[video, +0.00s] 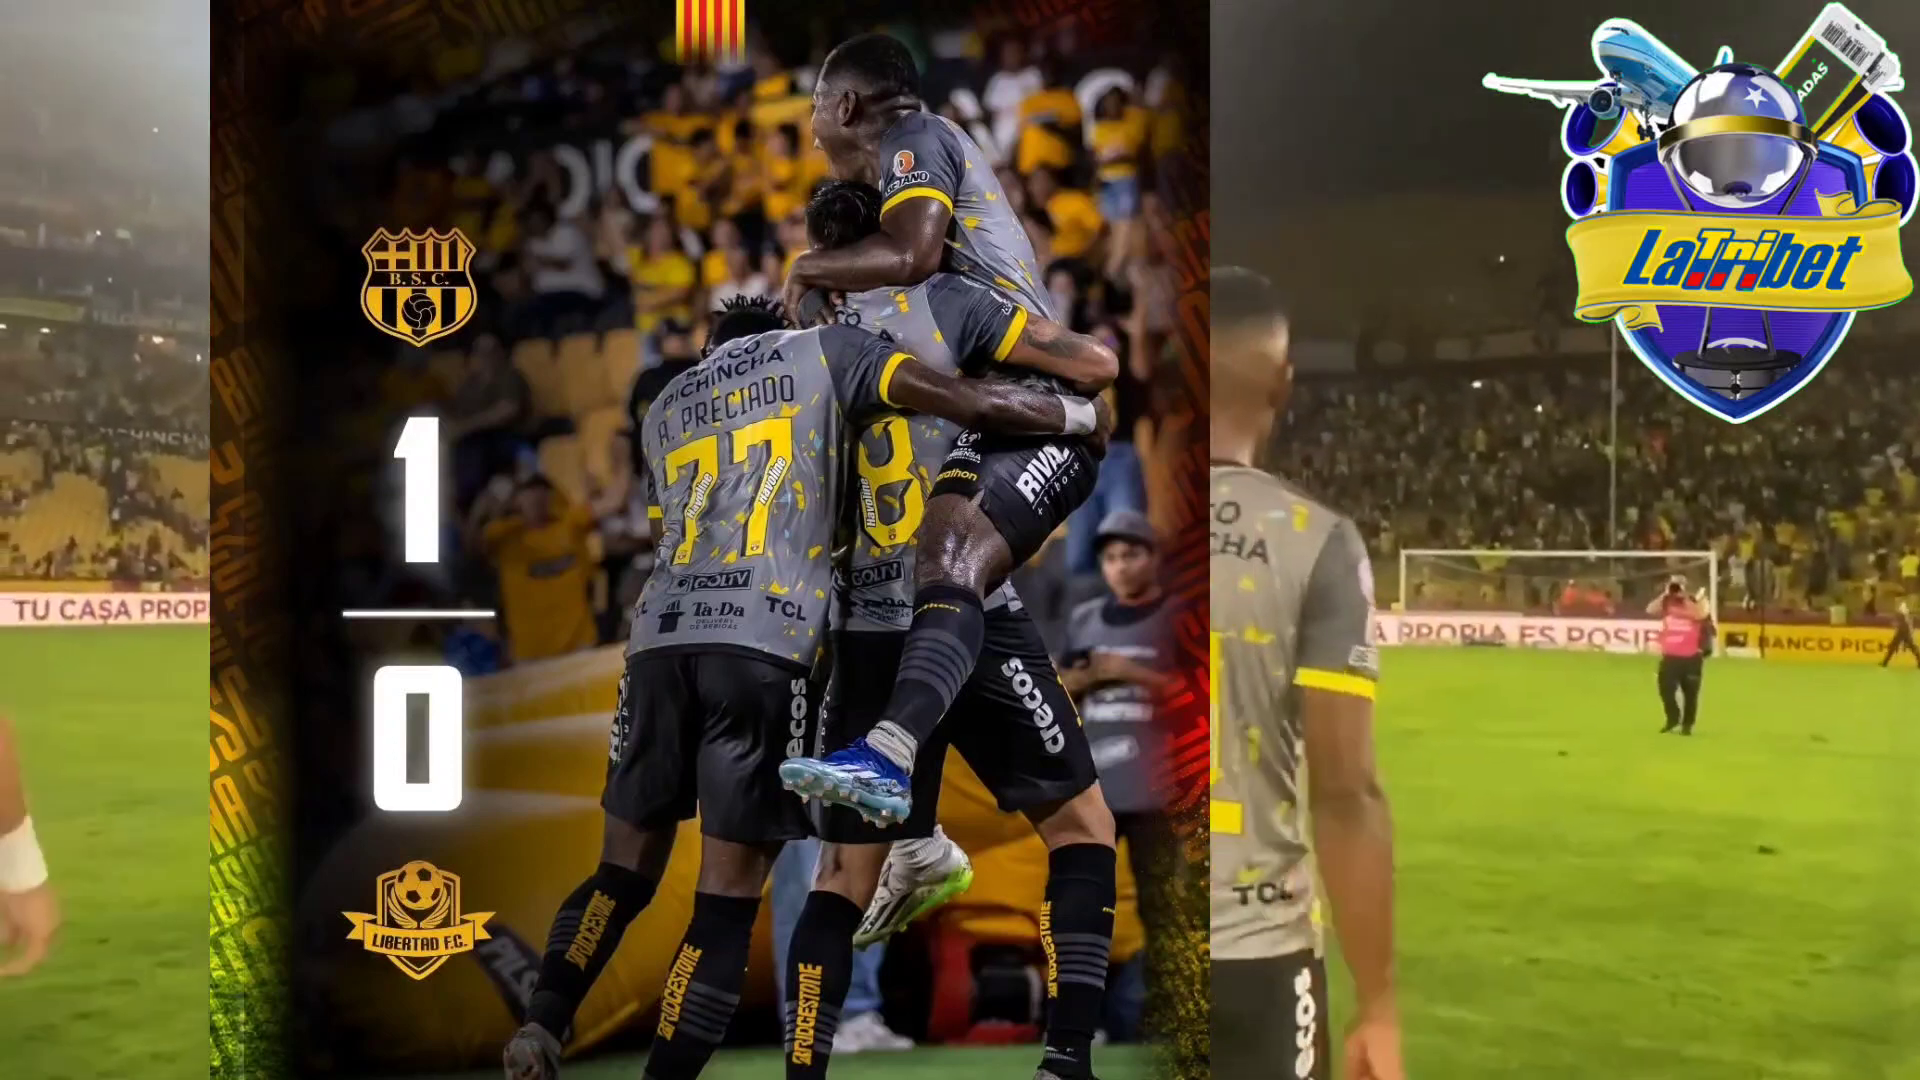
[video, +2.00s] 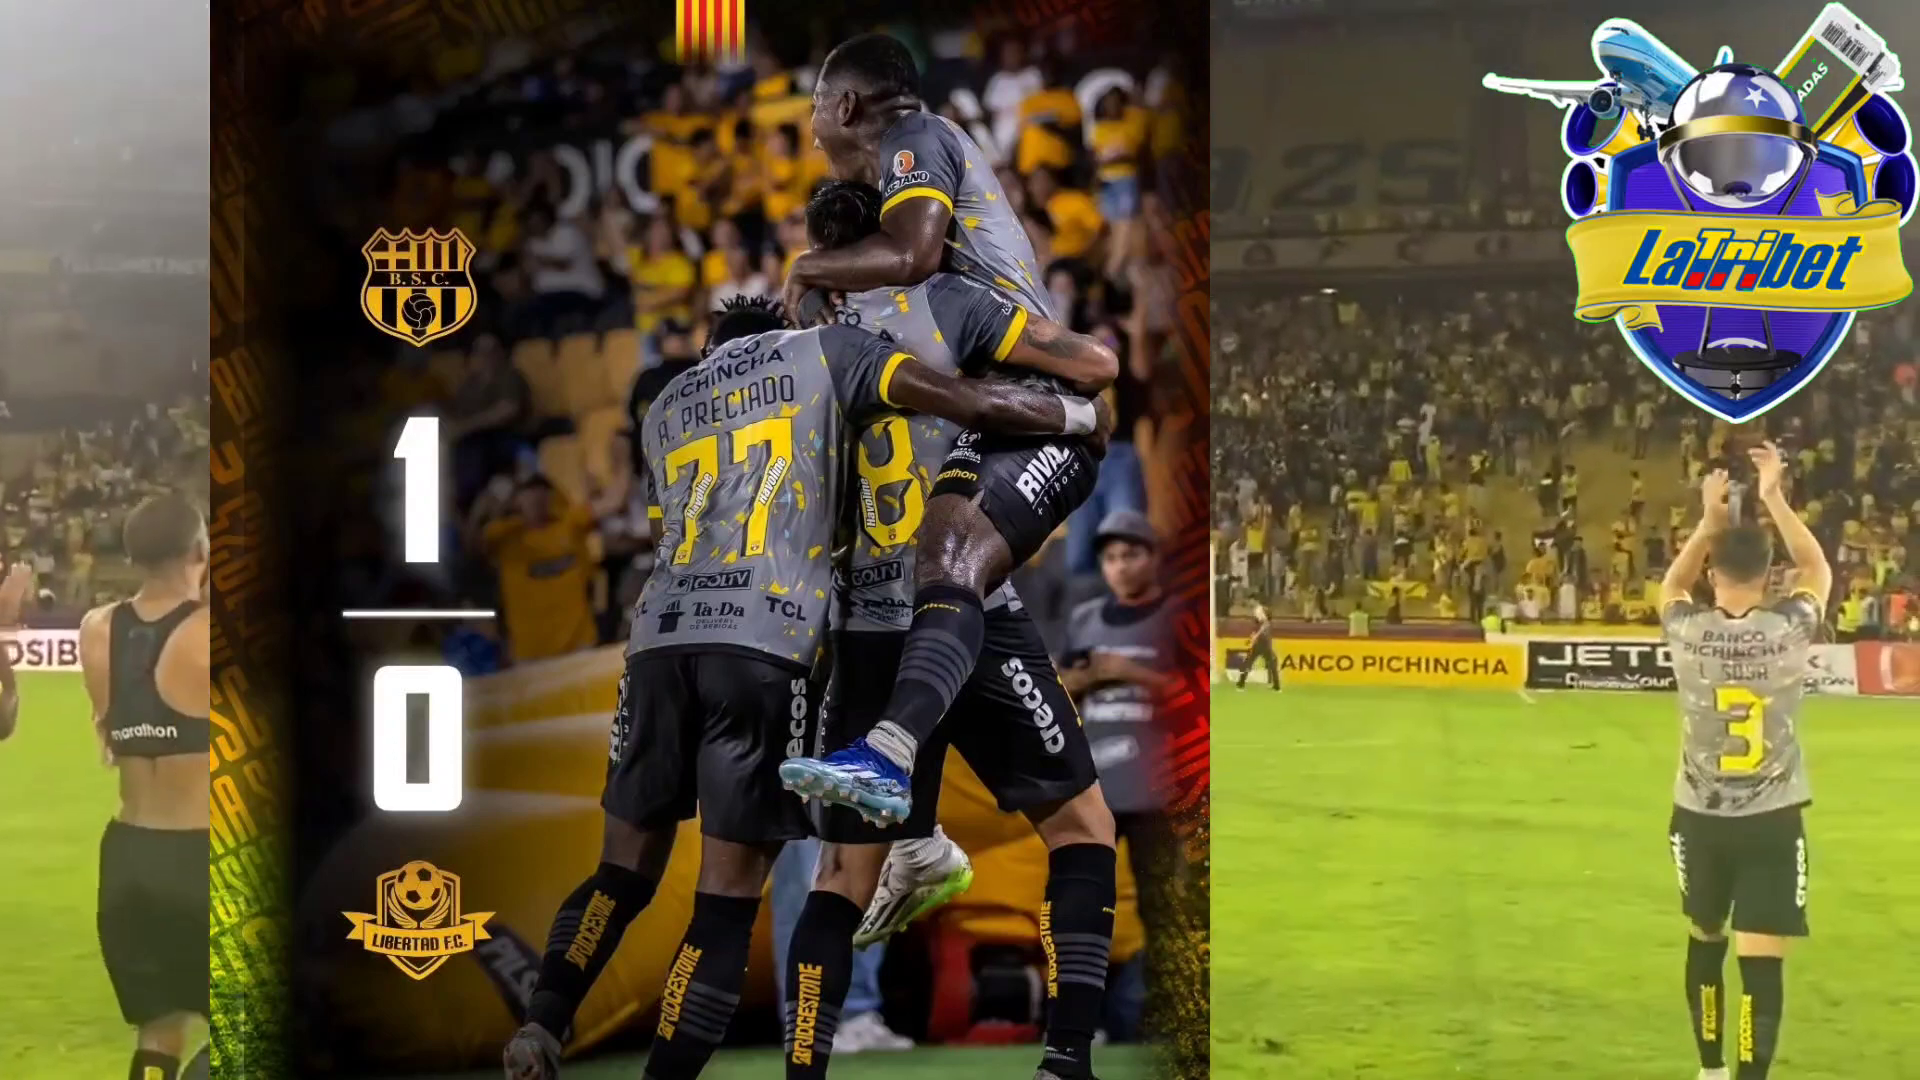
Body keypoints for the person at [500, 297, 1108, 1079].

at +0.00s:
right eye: (804, 317)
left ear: (708, 345)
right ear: (787, 323)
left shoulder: (661, 407)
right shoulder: (830, 348)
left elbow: (679, 519)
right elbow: (972, 400)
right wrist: (1089, 418)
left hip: (657, 648)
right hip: (761, 648)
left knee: (623, 868)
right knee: (726, 894)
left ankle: (543, 1026)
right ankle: (667, 1075)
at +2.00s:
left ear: (708, 345)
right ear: (786, 324)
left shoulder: (660, 405)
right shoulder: (830, 348)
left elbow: (680, 515)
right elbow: (971, 400)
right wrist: (1088, 419)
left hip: (657, 647)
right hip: (762, 648)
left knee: (622, 867)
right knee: (726, 893)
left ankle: (542, 1026)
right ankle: (667, 1074)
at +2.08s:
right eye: (806, 318)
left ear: (707, 345)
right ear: (787, 325)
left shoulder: (660, 405)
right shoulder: (830, 348)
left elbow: (680, 516)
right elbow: (970, 400)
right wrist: (1088, 418)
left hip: (656, 648)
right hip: (761, 648)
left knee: (623, 867)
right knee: (726, 892)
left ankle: (542, 1027)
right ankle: (667, 1075)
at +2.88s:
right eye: (803, 317)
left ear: (708, 345)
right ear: (787, 324)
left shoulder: (661, 407)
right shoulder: (830, 348)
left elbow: (679, 519)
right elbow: (972, 401)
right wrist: (1087, 419)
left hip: (657, 648)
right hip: (762, 648)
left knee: (623, 867)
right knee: (726, 893)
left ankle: (543, 1026)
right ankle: (667, 1074)